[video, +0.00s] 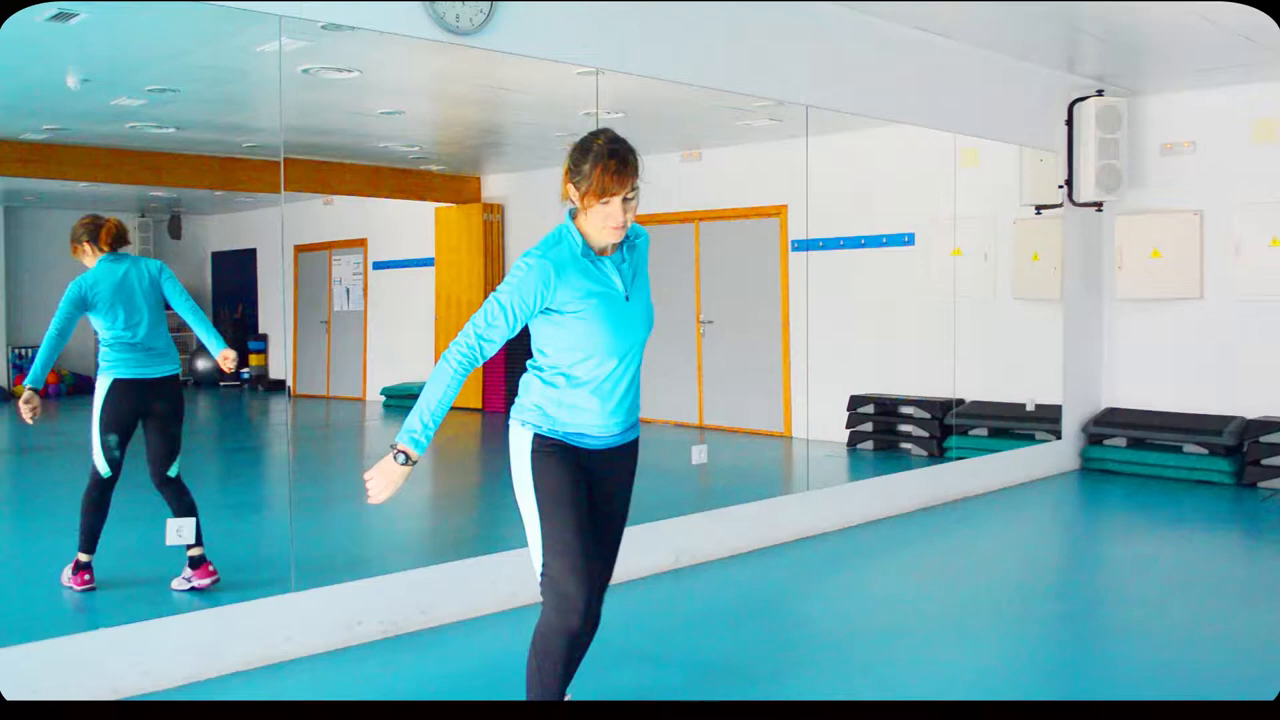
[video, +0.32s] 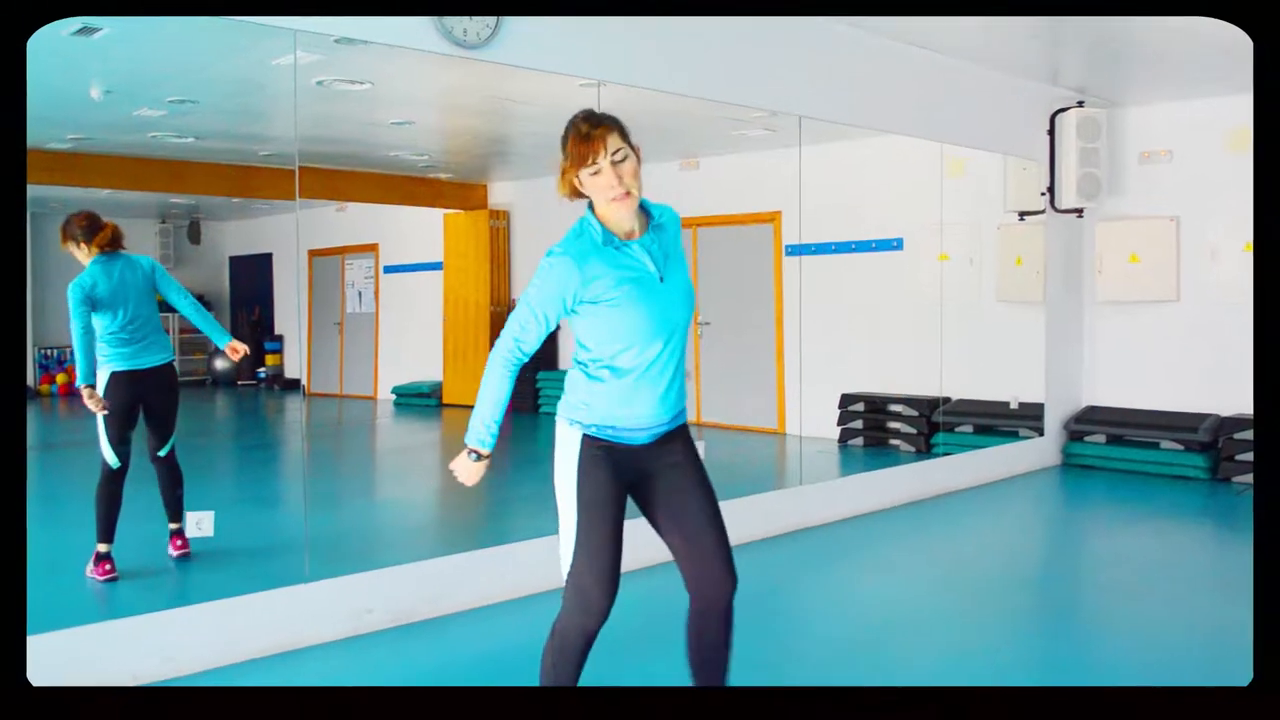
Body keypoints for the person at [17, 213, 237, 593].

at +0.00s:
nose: (82, 261)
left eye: (79, 254)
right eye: (79, 255)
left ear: (88, 247)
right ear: (114, 241)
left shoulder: (85, 283)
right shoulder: (155, 268)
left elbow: (57, 334)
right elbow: (186, 306)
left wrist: (31, 385)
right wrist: (219, 347)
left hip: (119, 386)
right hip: (166, 385)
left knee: (103, 475)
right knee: (167, 475)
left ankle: (82, 566)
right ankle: (200, 563)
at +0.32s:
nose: (73, 257)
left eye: (71, 250)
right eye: (70, 251)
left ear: (81, 246)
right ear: (106, 237)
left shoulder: (82, 285)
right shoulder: (146, 265)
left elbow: (82, 333)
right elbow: (185, 302)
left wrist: (85, 382)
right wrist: (224, 339)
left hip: (118, 379)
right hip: (162, 374)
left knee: (113, 464)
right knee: (164, 452)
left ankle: (103, 555)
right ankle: (178, 535)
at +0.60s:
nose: (102, 261)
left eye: (106, 254)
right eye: (101, 254)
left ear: (124, 254)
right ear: (134, 252)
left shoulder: (126, 287)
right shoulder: (159, 271)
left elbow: (161, 316)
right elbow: (198, 286)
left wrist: (191, 359)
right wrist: (240, 305)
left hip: (156, 375)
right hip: (185, 371)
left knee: (146, 452)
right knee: (175, 446)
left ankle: (142, 536)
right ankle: (185, 520)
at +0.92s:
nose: (176, 265)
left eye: (181, 259)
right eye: (171, 260)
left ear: (195, 261)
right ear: (166, 263)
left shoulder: (213, 296)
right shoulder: (172, 291)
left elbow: (239, 337)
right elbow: (183, 335)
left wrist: (230, 375)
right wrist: (171, 363)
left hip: (212, 383)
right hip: (183, 382)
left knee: (195, 448)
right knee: (180, 449)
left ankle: (228, 501)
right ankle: (209, 500)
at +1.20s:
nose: (208, 255)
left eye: (213, 249)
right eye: (205, 249)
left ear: (226, 245)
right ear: (202, 247)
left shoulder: (245, 267)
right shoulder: (196, 261)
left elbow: (245, 302)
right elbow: (151, 278)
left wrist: (216, 282)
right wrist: (161, 269)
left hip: (247, 348)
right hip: (215, 349)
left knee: (247, 414)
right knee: (222, 414)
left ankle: (252, 480)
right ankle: (228, 478)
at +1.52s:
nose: (241, 286)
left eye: (244, 280)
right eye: (236, 281)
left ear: (256, 274)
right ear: (233, 279)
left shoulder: (274, 289)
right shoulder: (231, 292)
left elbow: (283, 305)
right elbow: (210, 298)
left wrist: (262, 308)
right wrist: (194, 302)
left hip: (278, 369)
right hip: (247, 371)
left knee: (279, 427)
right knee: (251, 433)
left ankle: (287, 482)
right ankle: (267, 476)